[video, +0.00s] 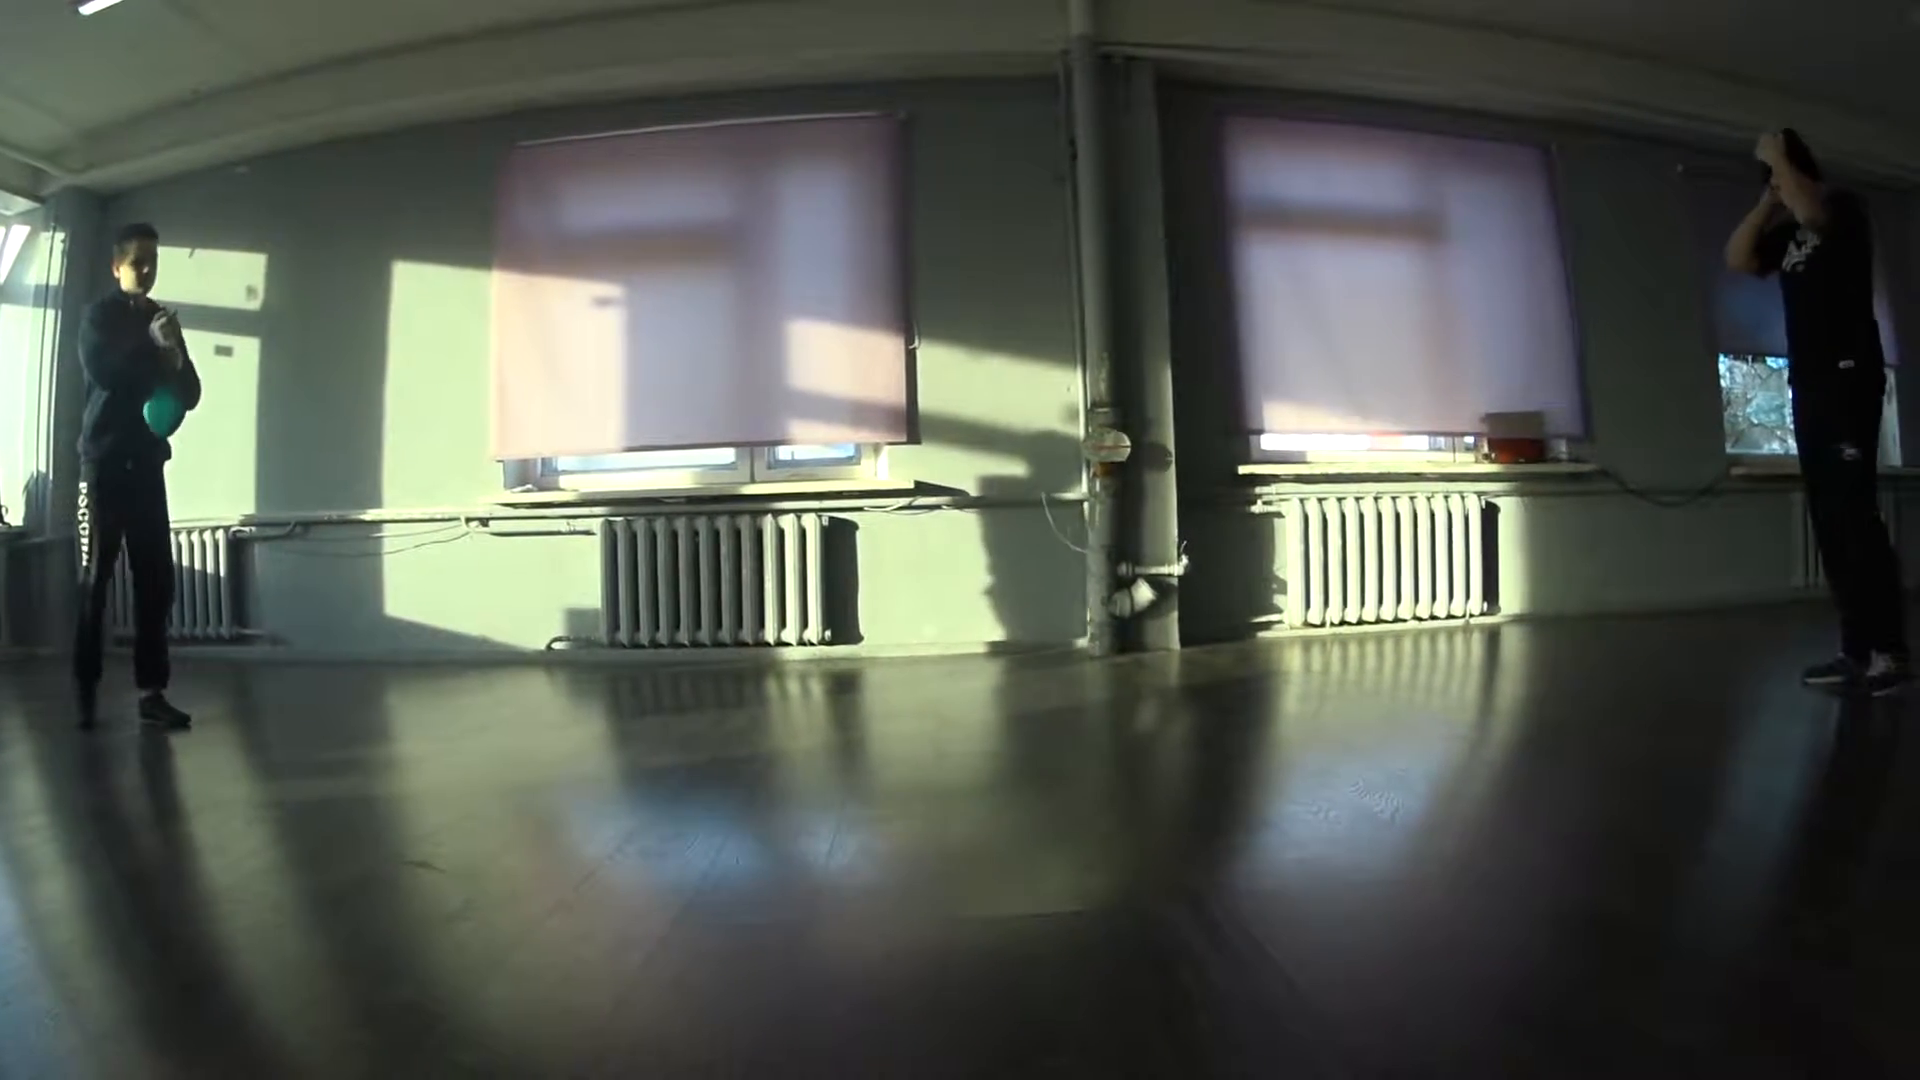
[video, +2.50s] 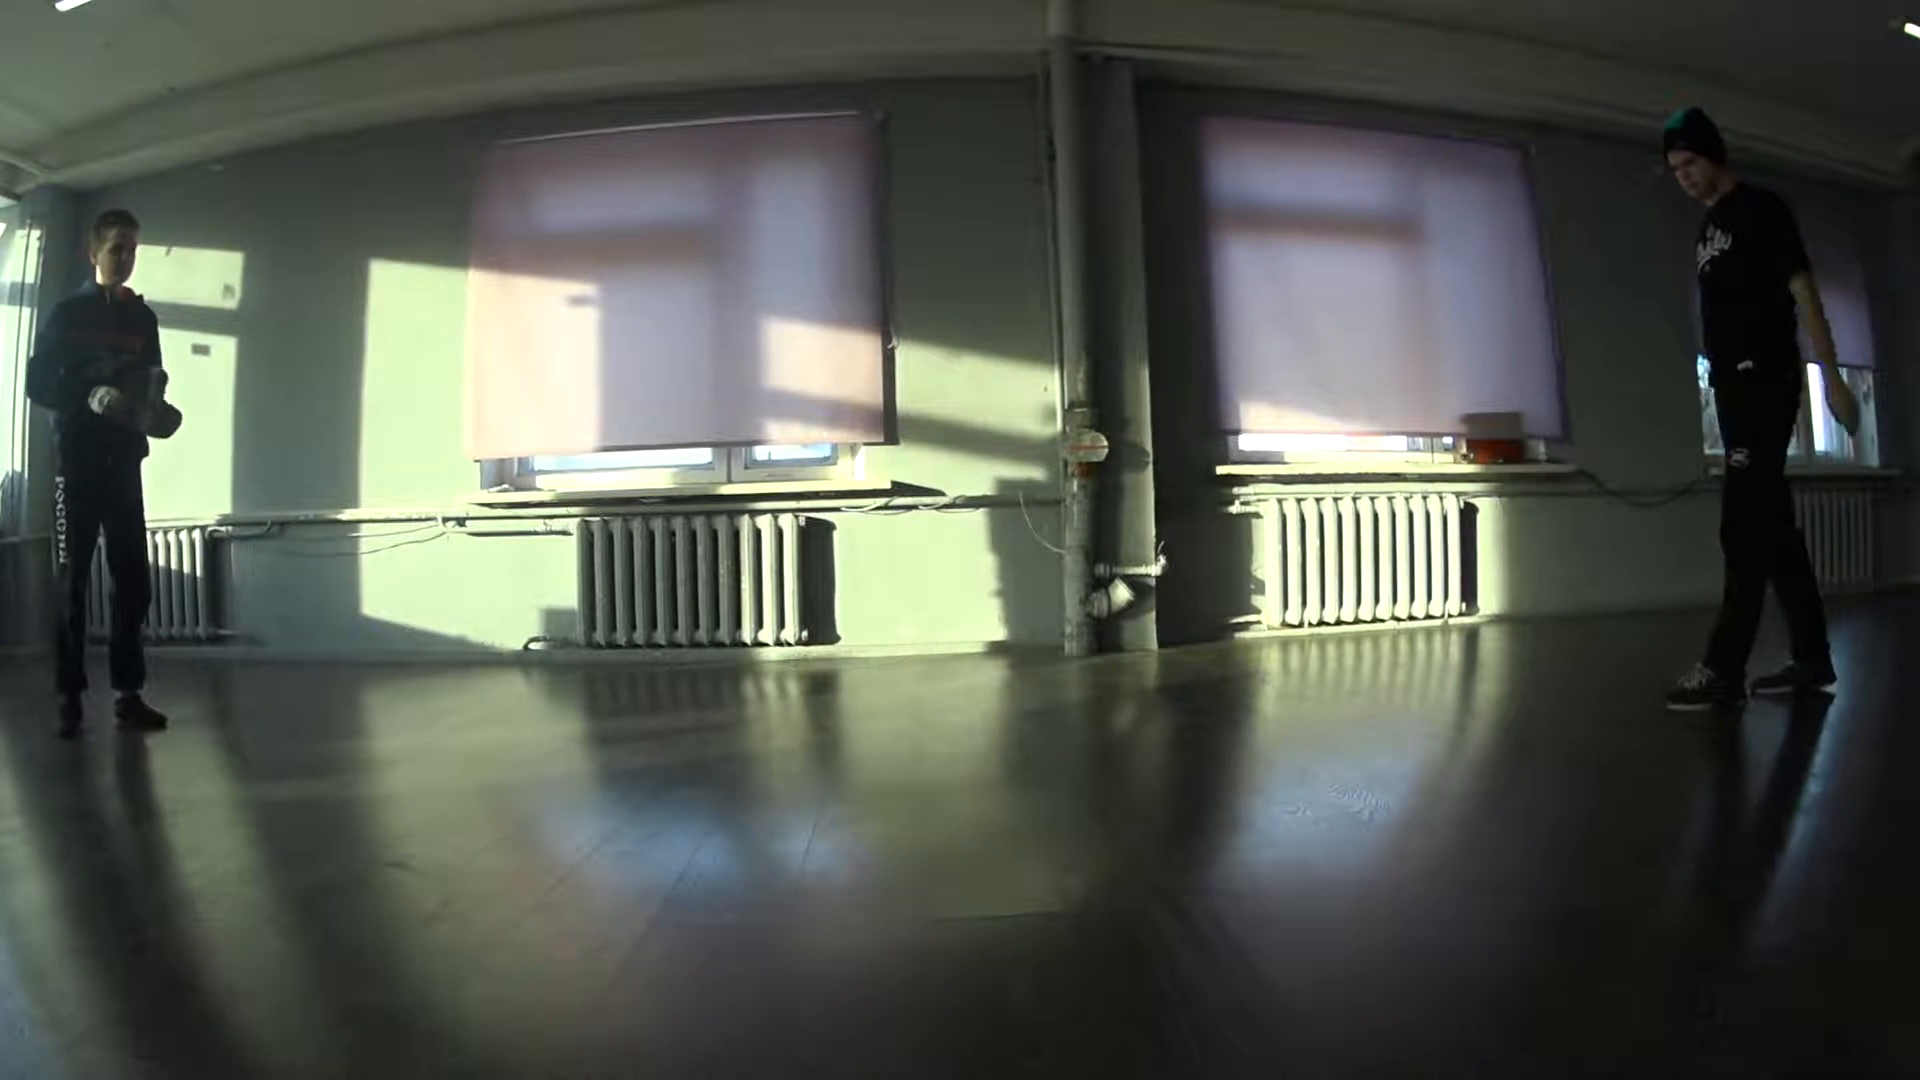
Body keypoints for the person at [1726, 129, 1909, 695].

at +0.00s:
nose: (1776, 185)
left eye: (1782, 175)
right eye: (1772, 178)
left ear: (1805, 172)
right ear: (1780, 181)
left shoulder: (1845, 216)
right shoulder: (1786, 237)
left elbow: (1809, 211)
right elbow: (1738, 259)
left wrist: (1779, 161)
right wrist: (1767, 199)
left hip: (1852, 383)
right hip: (1811, 387)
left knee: (1855, 516)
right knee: (1829, 519)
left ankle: (1888, 650)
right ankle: (1855, 652)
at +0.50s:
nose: (1811, 163)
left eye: (1819, 152)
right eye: (1801, 157)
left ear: (1839, 155)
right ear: (1793, 168)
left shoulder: (1873, 206)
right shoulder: (1801, 223)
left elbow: (1876, 192)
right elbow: (1749, 254)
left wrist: (1831, 126)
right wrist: (1772, 188)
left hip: (1875, 378)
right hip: (1819, 381)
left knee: (1878, 514)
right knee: (1813, 514)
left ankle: (1882, 656)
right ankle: (1846, 647)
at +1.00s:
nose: (1813, 159)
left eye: (1819, 147)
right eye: (1804, 152)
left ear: (1840, 148)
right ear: (1798, 161)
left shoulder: (1875, 203)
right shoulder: (1802, 215)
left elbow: (1875, 191)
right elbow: (1742, 231)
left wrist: (1834, 124)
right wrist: (1763, 161)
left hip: (1874, 380)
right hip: (1817, 383)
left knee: (1882, 519)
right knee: (1803, 517)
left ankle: (1878, 660)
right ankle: (1833, 649)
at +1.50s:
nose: (1772, 160)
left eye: (1780, 149)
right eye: (1766, 150)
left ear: (1803, 151)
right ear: (1764, 159)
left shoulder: (1836, 200)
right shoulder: (1777, 218)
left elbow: (1799, 185)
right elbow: (1729, 244)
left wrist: (1778, 127)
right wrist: (1743, 187)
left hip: (1837, 381)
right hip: (1789, 383)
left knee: (1853, 521)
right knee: (1790, 525)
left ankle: (1873, 663)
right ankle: (1815, 664)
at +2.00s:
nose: (1725, 172)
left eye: (1729, 163)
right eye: (1723, 164)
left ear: (1752, 157)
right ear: (1734, 165)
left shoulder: (1799, 204)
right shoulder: (1740, 227)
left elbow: (1765, 205)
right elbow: (1696, 268)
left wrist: (1728, 151)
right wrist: (1707, 206)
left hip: (1801, 374)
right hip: (1762, 378)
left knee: (1788, 516)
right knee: (1779, 519)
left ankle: (1831, 650)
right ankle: (1808, 655)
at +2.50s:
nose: (1684, 176)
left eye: (1690, 163)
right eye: (1676, 169)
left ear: (1717, 157)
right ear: (1675, 173)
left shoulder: (1762, 209)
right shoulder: (1710, 223)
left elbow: (1806, 298)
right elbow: (1725, 311)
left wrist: (1833, 379)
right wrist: (1720, 389)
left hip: (1768, 384)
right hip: (1736, 387)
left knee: (1742, 526)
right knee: (1773, 526)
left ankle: (1723, 672)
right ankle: (1813, 661)